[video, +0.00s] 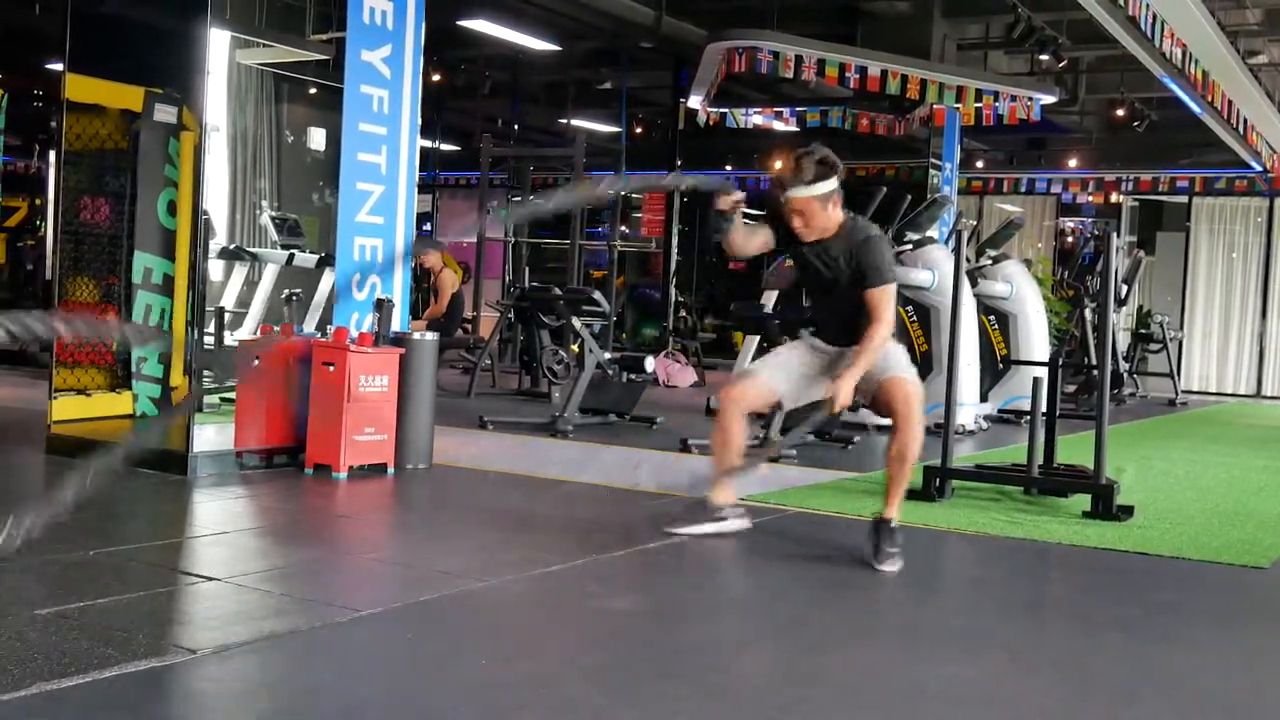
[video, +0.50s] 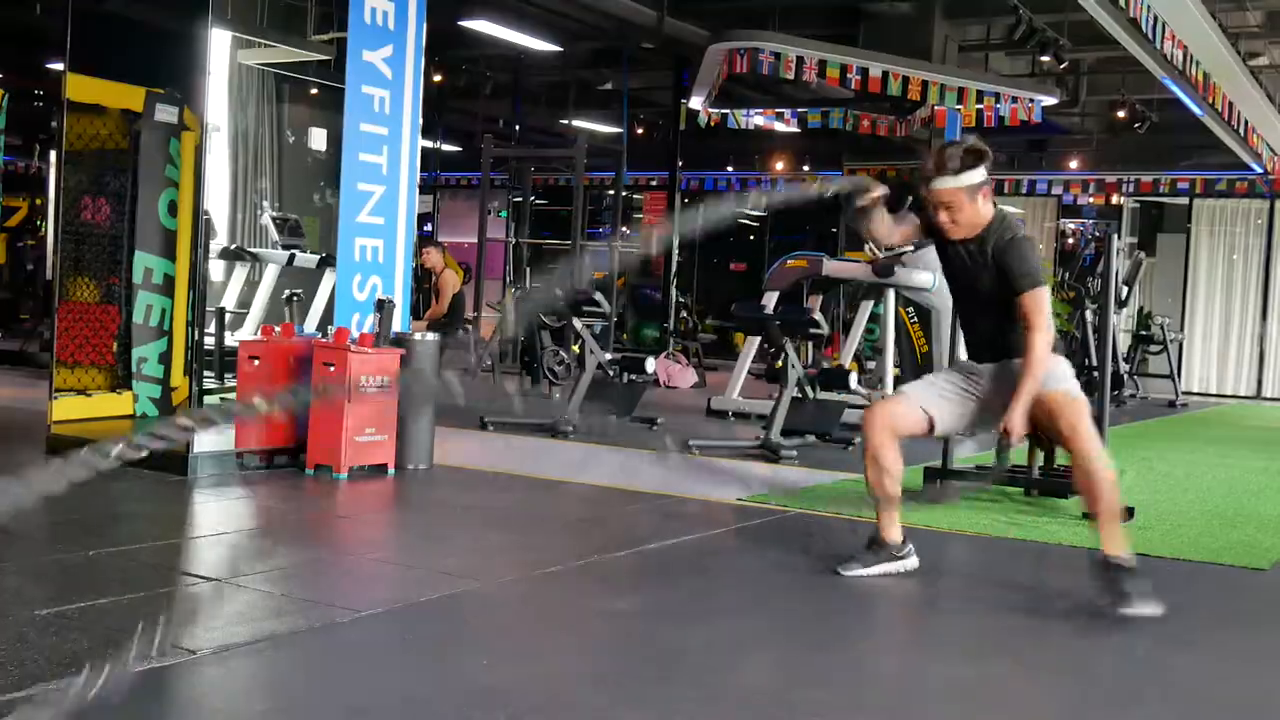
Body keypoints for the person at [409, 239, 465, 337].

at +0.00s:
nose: (422, 258)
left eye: (426, 254)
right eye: (420, 255)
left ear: (438, 254)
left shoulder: (445, 275)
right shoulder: (434, 276)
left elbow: (441, 308)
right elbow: (432, 305)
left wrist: (423, 321)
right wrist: (422, 322)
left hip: (446, 327)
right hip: (439, 323)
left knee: (405, 325)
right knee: (405, 323)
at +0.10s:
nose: (423, 256)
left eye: (428, 252)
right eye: (422, 254)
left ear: (440, 254)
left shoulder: (446, 275)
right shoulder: (435, 276)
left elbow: (442, 308)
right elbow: (433, 306)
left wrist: (424, 322)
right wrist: (423, 322)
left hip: (447, 327)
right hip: (440, 323)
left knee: (407, 326)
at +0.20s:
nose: (424, 256)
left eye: (428, 252)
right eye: (423, 253)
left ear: (441, 254)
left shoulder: (447, 275)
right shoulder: (436, 276)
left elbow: (442, 308)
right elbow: (434, 305)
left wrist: (424, 321)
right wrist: (424, 322)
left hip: (448, 328)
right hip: (440, 324)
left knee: (407, 326)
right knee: (407, 324)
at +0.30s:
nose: (424, 256)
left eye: (428, 252)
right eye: (423, 254)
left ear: (441, 254)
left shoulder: (447, 275)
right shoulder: (436, 277)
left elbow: (443, 308)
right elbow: (434, 306)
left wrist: (424, 321)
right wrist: (424, 322)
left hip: (448, 327)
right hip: (441, 324)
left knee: (407, 326)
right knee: (406, 324)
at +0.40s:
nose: (424, 257)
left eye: (428, 253)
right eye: (423, 254)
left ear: (441, 254)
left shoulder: (448, 275)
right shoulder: (436, 278)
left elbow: (443, 309)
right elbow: (434, 306)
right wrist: (424, 323)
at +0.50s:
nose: (423, 257)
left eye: (428, 253)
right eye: (423, 254)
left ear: (440, 255)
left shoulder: (447, 275)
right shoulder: (436, 278)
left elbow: (442, 309)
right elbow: (434, 306)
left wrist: (425, 321)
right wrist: (424, 322)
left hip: (451, 327)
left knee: (408, 326)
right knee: (408, 324)